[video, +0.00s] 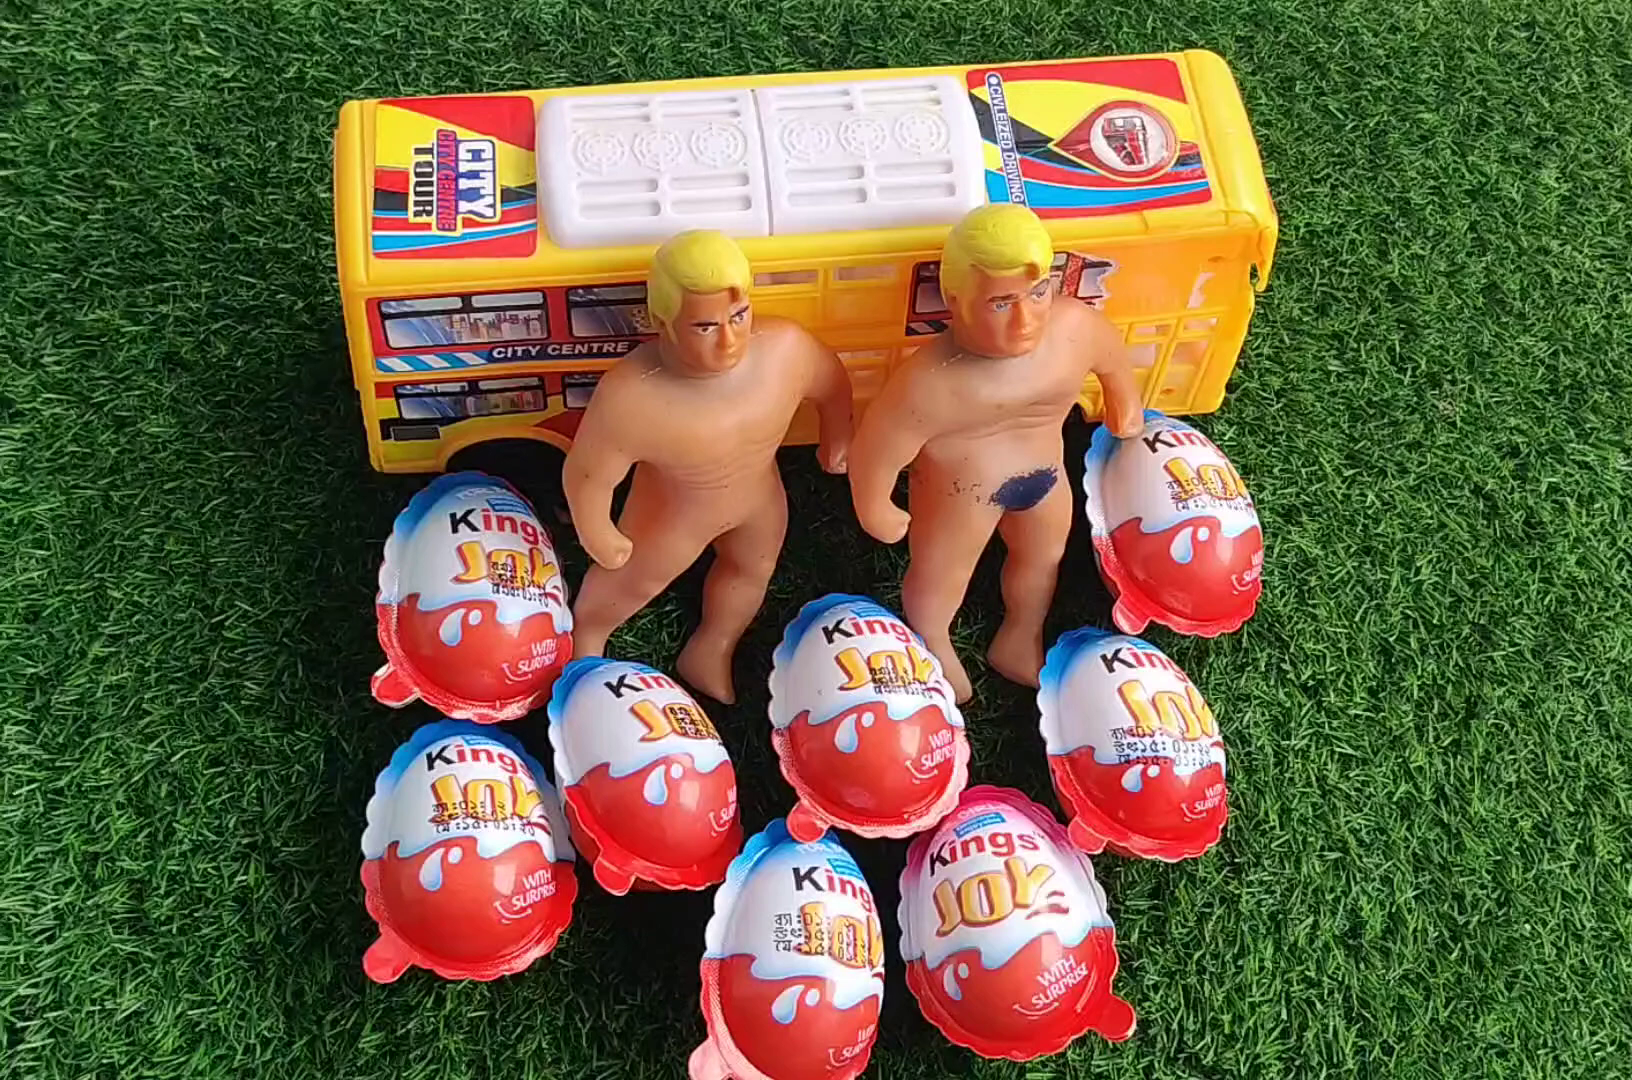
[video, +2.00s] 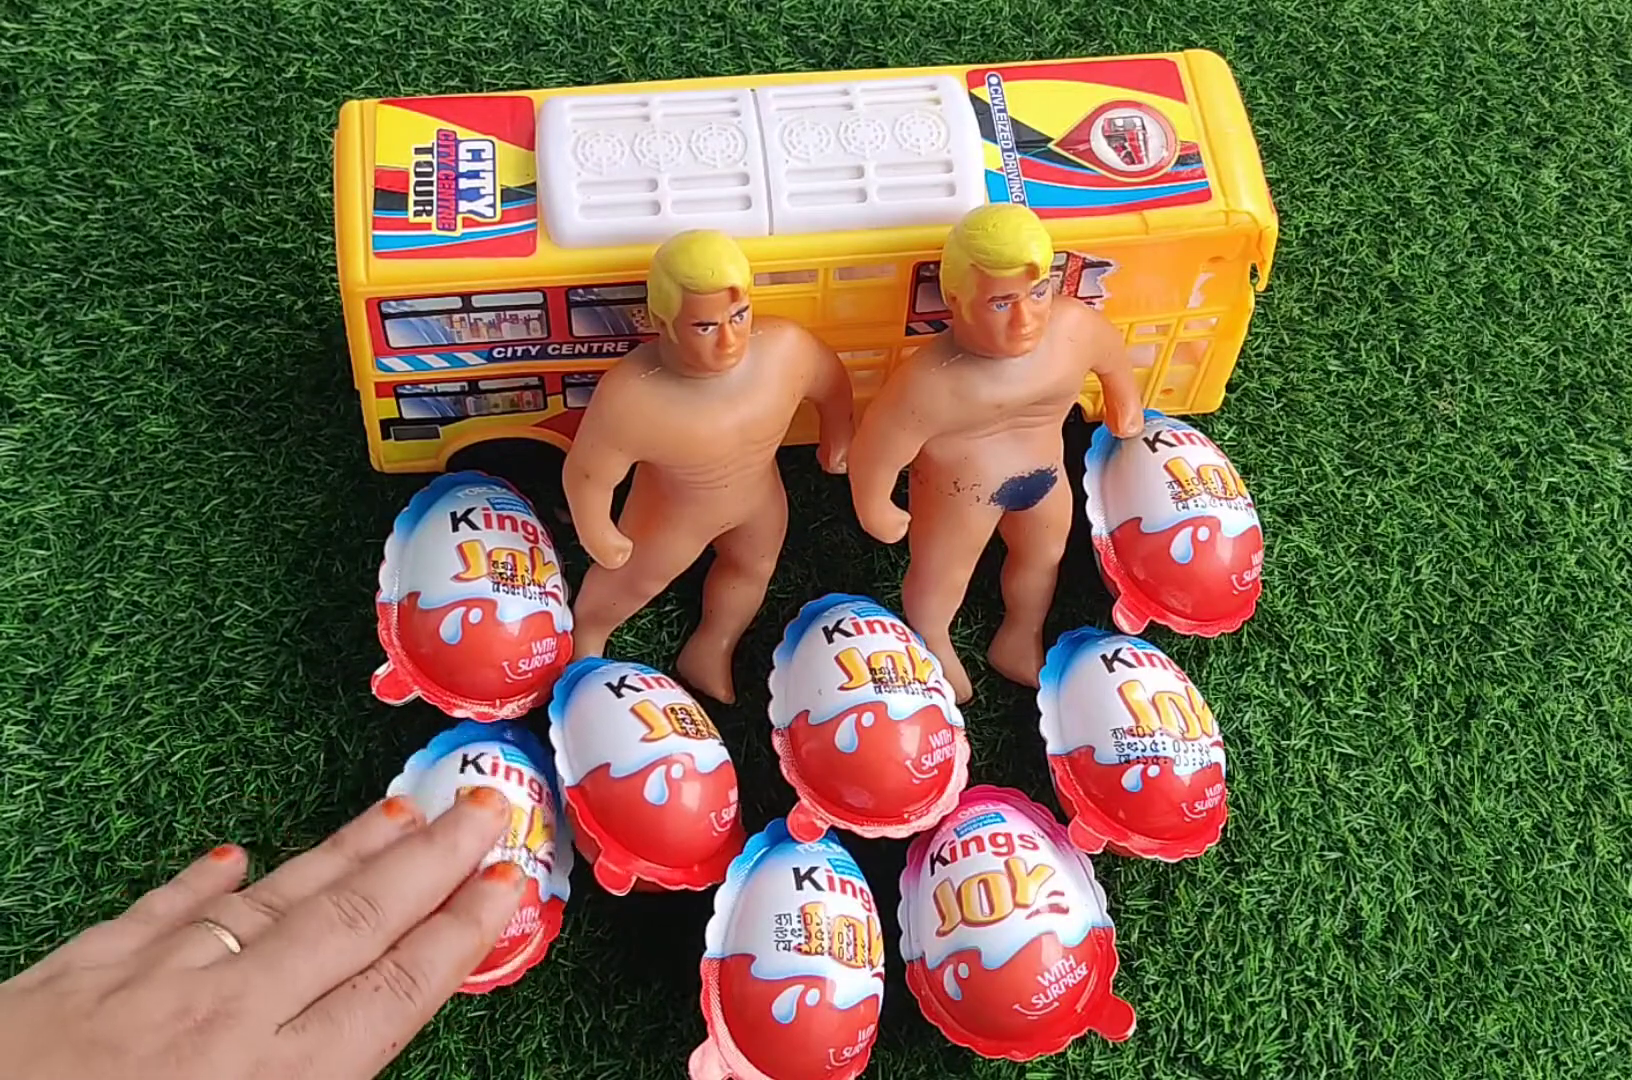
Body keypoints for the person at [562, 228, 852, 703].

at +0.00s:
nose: (728, 339)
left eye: (739, 316)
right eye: (705, 326)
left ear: (750, 302)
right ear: (661, 324)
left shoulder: (789, 350)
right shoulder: (629, 397)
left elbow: (834, 387)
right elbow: (588, 475)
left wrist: (837, 440)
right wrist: (600, 537)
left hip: (759, 496)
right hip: (672, 511)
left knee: (749, 574)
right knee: (630, 585)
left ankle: (711, 651)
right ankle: (589, 630)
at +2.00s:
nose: (729, 339)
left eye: (739, 316)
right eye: (705, 326)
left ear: (751, 301)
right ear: (660, 323)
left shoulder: (789, 350)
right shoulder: (629, 397)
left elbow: (834, 387)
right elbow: (587, 474)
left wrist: (837, 439)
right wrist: (600, 538)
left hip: (759, 496)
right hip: (673, 512)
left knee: (749, 574)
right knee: (631, 584)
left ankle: (711, 650)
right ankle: (590, 629)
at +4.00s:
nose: (729, 338)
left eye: (739, 316)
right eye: (705, 326)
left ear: (750, 303)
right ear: (663, 325)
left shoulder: (789, 350)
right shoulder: (630, 395)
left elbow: (835, 390)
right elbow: (587, 476)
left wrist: (837, 442)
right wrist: (603, 542)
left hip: (761, 503)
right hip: (671, 518)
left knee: (752, 589)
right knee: (627, 590)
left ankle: (730, 643)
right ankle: (587, 637)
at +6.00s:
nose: (728, 340)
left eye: (739, 316)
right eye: (705, 326)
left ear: (750, 301)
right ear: (663, 323)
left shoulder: (788, 350)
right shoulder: (629, 397)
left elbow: (833, 387)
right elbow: (586, 477)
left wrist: (836, 440)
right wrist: (598, 537)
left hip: (758, 500)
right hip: (671, 515)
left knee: (753, 585)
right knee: (627, 590)